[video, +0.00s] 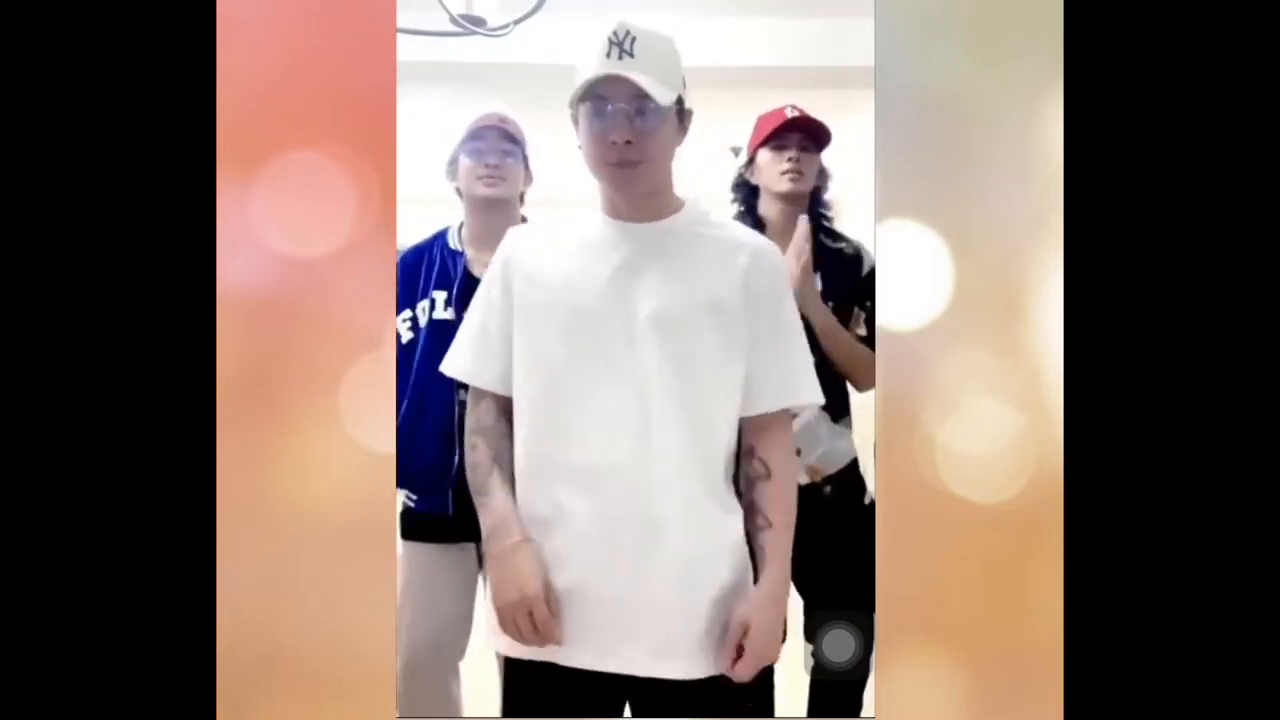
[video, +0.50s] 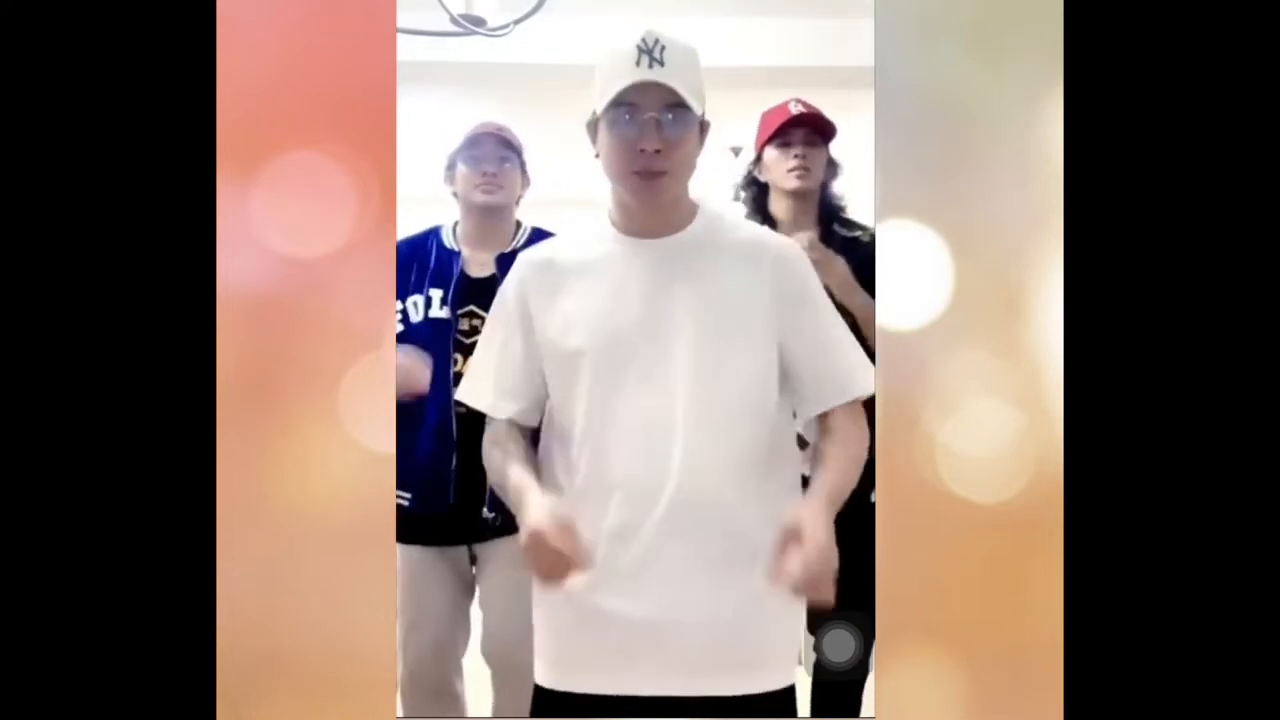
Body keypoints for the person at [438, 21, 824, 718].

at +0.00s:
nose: (620, 129)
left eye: (643, 109)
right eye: (600, 108)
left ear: (682, 125)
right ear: (575, 124)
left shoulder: (748, 264)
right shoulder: (526, 256)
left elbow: (771, 440)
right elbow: (486, 417)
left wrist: (774, 584)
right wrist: (503, 541)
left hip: (705, 639)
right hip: (555, 632)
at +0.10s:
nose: (622, 135)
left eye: (644, 114)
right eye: (602, 114)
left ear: (683, 128)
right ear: (576, 131)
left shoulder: (752, 258)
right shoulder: (537, 264)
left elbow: (795, 434)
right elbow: (497, 422)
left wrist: (778, 592)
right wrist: (504, 538)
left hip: (707, 645)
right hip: (560, 644)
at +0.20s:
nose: (628, 116)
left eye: (650, 96)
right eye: (607, 96)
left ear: (687, 114)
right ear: (580, 118)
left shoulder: (765, 244)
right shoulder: (541, 251)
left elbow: (834, 398)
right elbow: (512, 400)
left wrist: (782, 514)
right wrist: (515, 487)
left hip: (710, 635)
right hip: (564, 628)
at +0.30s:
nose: (634, 117)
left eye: (656, 96)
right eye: (613, 96)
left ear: (693, 115)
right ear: (586, 118)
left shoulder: (770, 234)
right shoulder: (545, 251)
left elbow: (850, 364)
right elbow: (518, 395)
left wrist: (802, 478)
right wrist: (525, 479)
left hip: (720, 616)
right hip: (577, 616)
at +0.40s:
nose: (645, 136)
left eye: (666, 115)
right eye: (623, 115)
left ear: (698, 133)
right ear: (590, 134)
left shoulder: (776, 257)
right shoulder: (542, 272)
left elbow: (854, 408)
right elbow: (509, 429)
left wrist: (825, 533)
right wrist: (522, 529)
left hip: (737, 644)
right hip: (587, 642)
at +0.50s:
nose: (650, 139)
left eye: (672, 117)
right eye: (627, 116)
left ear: (701, 137)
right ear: (594, 136)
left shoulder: (772, 266)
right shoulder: (543, 276)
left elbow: (844, 419)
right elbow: (503, 433)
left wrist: (820, 507)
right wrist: (531, 503)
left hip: (743, 654)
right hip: (587, 655)